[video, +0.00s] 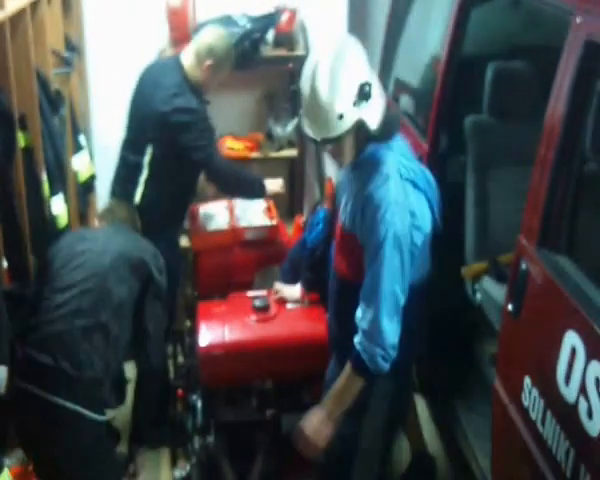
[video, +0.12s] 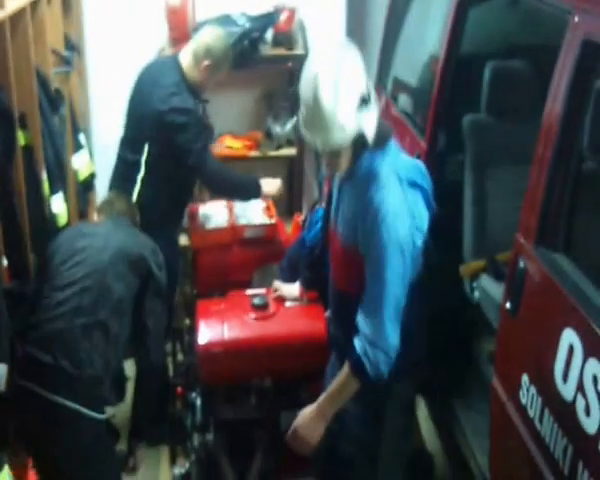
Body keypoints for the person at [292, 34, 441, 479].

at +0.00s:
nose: (325, 145)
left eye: (332, 133)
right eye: (323, 134)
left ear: (356, 118)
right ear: (364, 109)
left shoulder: (391, 196)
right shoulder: (367, 157)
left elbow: (379, 335)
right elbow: (329, 218)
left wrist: (328, 413)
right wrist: (292, 276)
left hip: (379, 356)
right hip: (354, 331)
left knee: (357, 459)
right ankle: (418, 457)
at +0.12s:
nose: (308, 125)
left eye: (316, 113)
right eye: (309, 111)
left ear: (348, 112)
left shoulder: (389, 192)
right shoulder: (350, 166)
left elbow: (380, 340)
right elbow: (322, 224)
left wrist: (321, 412)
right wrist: (291, 277)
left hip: (377, 383)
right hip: (345, 361)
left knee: (364, 466)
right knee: (343, 459)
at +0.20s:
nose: (327, 192)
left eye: (337, 179)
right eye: (318, 179)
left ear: (362, 168)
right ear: (307, 169)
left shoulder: (393, 234)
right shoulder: (322, 210)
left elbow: (386, 366)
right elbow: (300, 261)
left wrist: (326, 433)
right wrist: (291, 283)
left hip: (387, 390)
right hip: (337, 370)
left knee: (385, 470)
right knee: (341, 465)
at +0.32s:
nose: (335, 177)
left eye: (343, 163)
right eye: (325, 165)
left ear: (364, 148)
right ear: (313, 153)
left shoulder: (401, 203)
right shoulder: (322, 193)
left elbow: (410, 313)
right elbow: (311, 284)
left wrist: (378, 428)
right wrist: (311, 364)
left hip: (387, 361)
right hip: (333, 358)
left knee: (388, 464)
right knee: (335, 459)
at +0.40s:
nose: (336, 154)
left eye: (345, 141)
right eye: (327, 142)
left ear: (369, 117)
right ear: (314, 124)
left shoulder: (409, 175)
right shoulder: (325, 172)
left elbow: (419, 291)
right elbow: (310, 271)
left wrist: (412, 417)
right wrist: (310, 359)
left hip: (392, 355)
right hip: (335, 354)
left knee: (396, 464)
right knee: (339, 463)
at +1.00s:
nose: (323, 140)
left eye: (328, 127)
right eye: (318, 128)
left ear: (360, 119)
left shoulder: (411, 179)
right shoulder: (358, 172)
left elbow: (411, 316)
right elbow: (346, 280)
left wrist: (378, 436)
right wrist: (329, 372)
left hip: (399, 362)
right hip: (361, 351)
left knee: (388, 466)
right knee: (344, 454)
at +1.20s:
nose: (351, 201)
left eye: (363, 185)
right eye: (339, 190)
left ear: (378, 177)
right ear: (322, 188)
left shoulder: (372, 242)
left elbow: (366, 340)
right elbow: (438, 226)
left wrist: (351, 441)